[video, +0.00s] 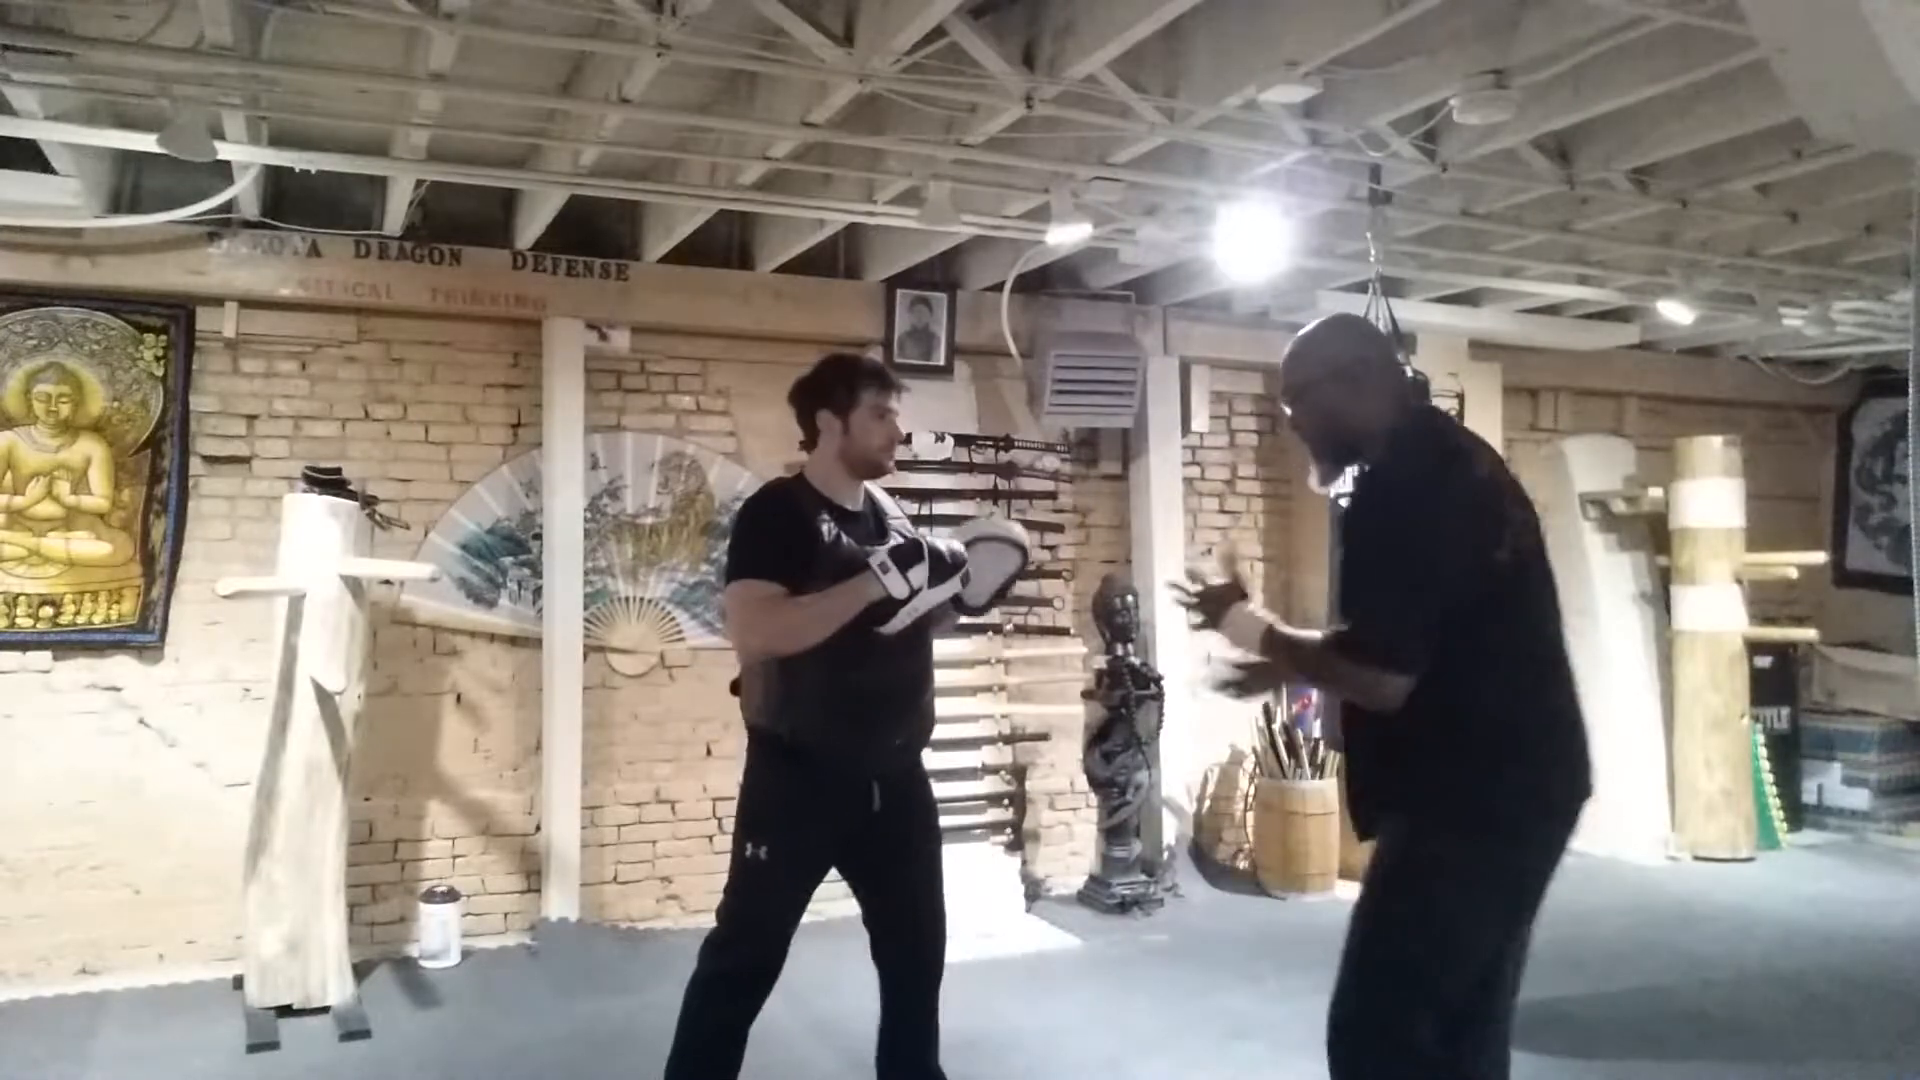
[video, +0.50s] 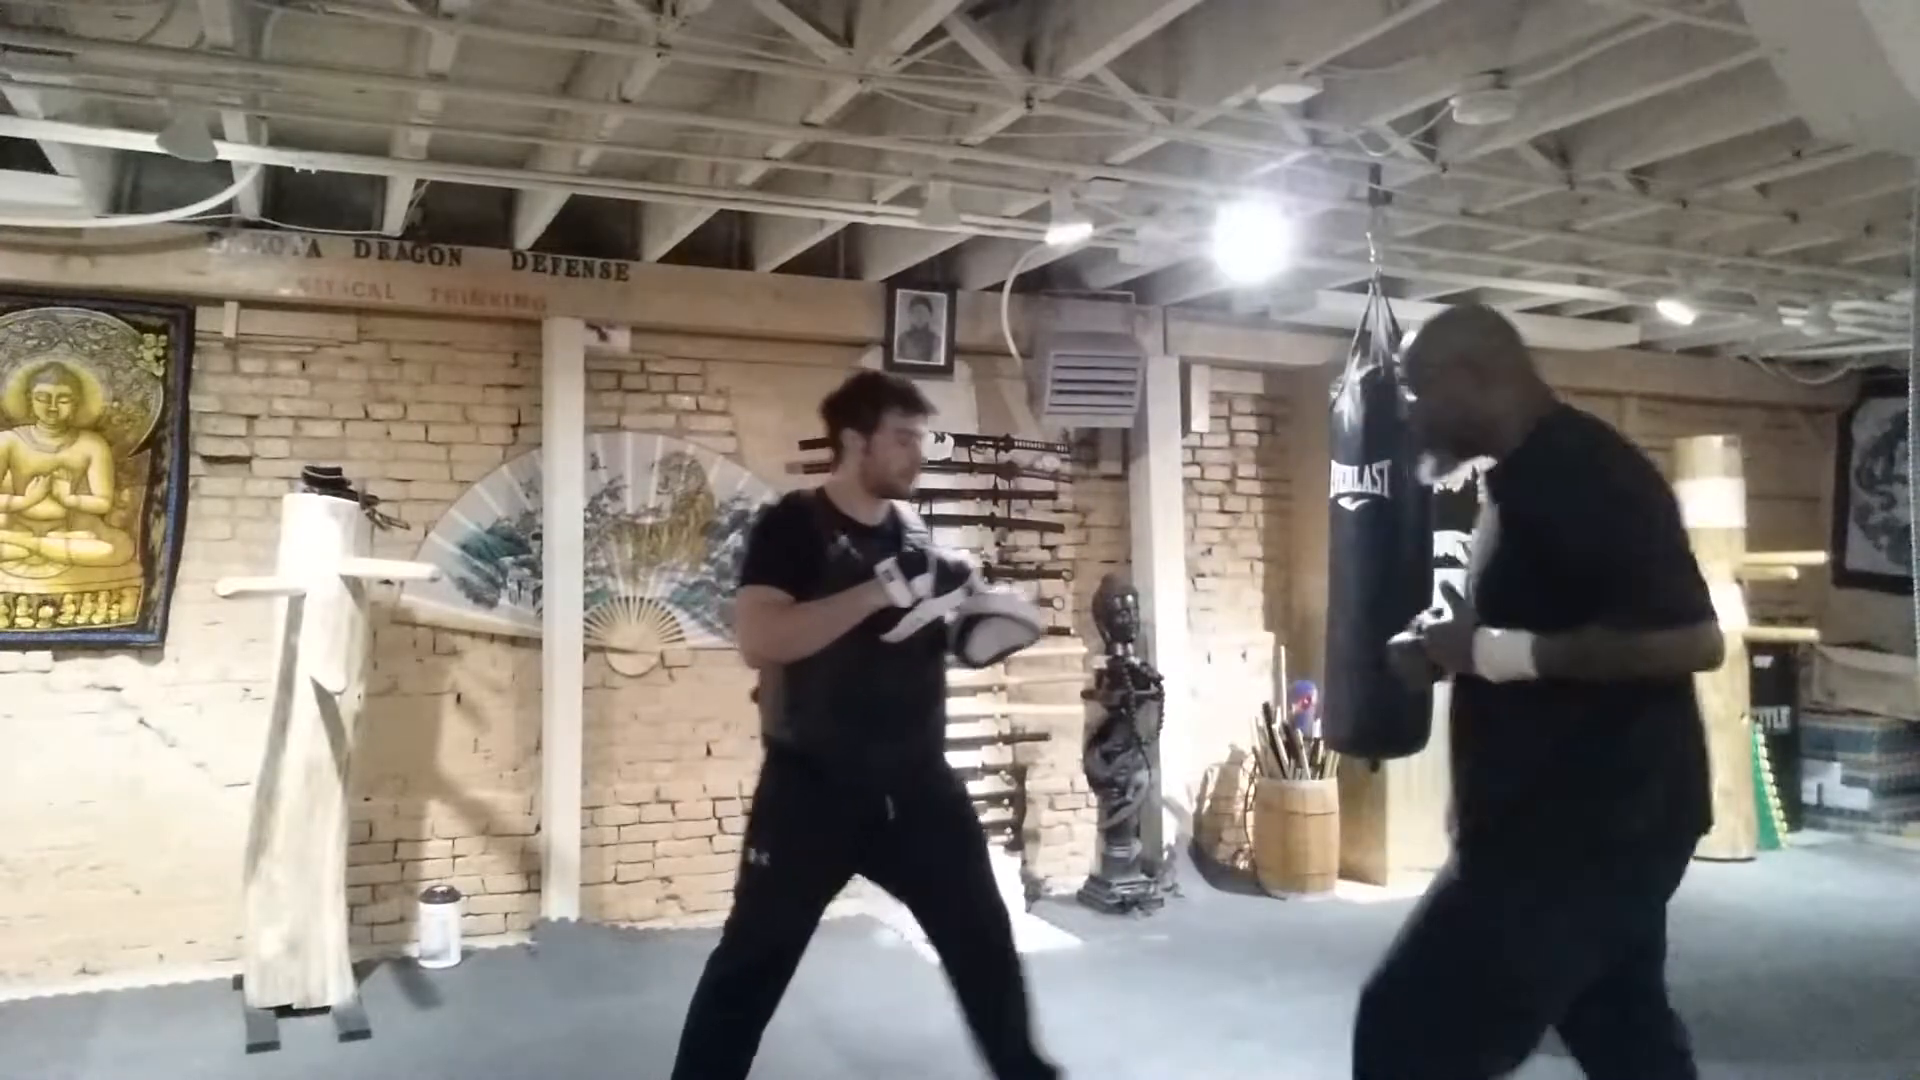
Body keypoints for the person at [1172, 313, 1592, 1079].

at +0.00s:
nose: (1294, 423)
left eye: (1299, 399)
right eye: (1288, 404)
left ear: (1358, 382)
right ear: (1371, 382)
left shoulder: (1405, 478)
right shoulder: (1453, 459)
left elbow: (1382, 672)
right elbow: (1412, 648)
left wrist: (1253, 628)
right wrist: (1288, 669)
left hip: (1468, 800)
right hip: (1519, 786)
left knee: (1375, 1038)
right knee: (1465, 1035)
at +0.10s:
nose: (1301, 423)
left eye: (1307, 399)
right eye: (1297, 404)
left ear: (1362, 377)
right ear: (1372, 378)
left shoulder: (1433, 465)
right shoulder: (1438, 455)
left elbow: (1419, 659)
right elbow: (1396, 618)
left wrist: (1283, 643)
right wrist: (1288, 639)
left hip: (1511, 801)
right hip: (1529, 791)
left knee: (1406, 1043)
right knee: (1480, 1035)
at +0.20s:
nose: (1313, 415)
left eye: (1317, 390)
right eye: (1307, 395)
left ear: (1372, 369)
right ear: (1376, 369)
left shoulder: (1468, 452)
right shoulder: (1409, 462)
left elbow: (1490, 627)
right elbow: (1431, 606)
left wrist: (1347, 617)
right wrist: (1332, 620)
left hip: (1547, 798)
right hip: (1497, 794)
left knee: (1456, 1048)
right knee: (1508, 1033)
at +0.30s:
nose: (1337, 402)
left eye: (1344, 379)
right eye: (1332, 382)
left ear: (1401, 365)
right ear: (1403, 366)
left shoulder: (1508, 445)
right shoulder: (1427, 467)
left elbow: (1588, 601)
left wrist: (1414, 619)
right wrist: (1376, 646)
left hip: (1562, 817)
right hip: (1504, 810)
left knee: (1463, 1056)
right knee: (1546, 1039)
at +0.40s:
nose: (1380, 414)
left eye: (1385, 389)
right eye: (1375, 394)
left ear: (1443, 370)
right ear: (1446, 370)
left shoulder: (1556, 458)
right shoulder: (1466, 474)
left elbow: (1653, 618)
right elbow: (1486, 617)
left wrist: (1475, 636)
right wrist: (1414, 653)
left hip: (1572, 833)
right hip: (1518, 824)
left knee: (1434, 1056)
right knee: (1615, 1050)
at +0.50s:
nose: (1411, 418)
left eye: (1419, 393)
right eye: (1409, 398)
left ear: (1477, 375)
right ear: (1488, 377)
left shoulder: (1590, 469)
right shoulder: (1529, 479)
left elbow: (1695, 639)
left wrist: (1500, 651)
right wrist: (1451, 642)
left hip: (1580, 835)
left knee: (1406, 1035)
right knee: (1630, 1043)